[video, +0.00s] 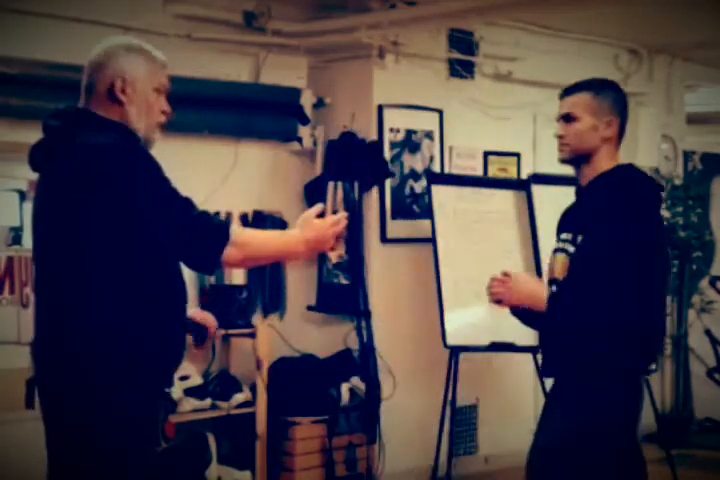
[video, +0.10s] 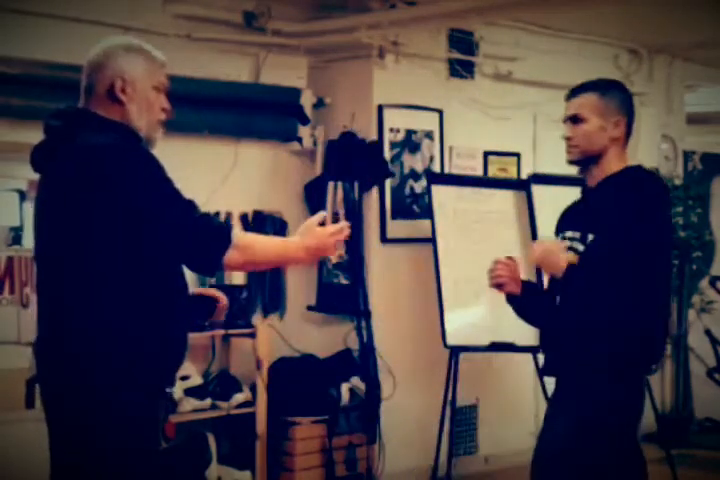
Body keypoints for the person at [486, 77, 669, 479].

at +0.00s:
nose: (558, 130)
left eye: (569, 119)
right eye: (559, 121)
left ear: (607, 128)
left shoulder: (629, 196)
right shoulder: (576, 211)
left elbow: (622, 320)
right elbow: (571, 321)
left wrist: (543, 298)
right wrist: (520, 301)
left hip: (607, 381)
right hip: (576, 378)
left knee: (551, 468)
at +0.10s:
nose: (566, 132)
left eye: (577, 121)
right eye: (566, 122)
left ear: (616, 129)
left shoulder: (645, 192)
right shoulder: (574, 213)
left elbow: (643, 286)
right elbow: (563, 315)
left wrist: (569, 264)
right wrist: (520, 291)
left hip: (614, 374)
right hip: (576, 373)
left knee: (555, 468)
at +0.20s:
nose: (567, 135)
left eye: (578, 123)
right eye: (566, 125)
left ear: (616, 129)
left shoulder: (647, 195)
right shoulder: (567, 213)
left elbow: (659, 296)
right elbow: (553, 311)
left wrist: (591, 270)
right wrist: (518, 284)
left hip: (617, 370)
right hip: (573, 370)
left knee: (553, 466)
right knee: (607, 468)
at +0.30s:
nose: (562, 142)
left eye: (572, 130)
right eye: (561, 131)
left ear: (611, 133)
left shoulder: (651, 212)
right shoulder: (556, 216)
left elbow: (683, 324)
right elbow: (544, 314)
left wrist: (608, 290)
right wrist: (513, 289)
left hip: (614, 384)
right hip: (565, 382)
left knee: (545, 467)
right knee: (612, 471)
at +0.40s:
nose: (550, 149)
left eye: (559, 135)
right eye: (547, 138)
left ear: (598, 136)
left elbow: (681, 327)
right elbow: (531, 316)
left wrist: (610, 295)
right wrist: (502, 295)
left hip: (605, 387)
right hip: (556, 385)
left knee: (533, 470)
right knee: (606, 471)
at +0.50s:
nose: (522, 153)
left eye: (530, 140)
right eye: (520, 144)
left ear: (571, 137)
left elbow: (660, 324)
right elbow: (514, 319)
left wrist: (590, 298)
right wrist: (485, 300)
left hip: (589, 387)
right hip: (544, 386)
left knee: (520, 469)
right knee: (595, 467)